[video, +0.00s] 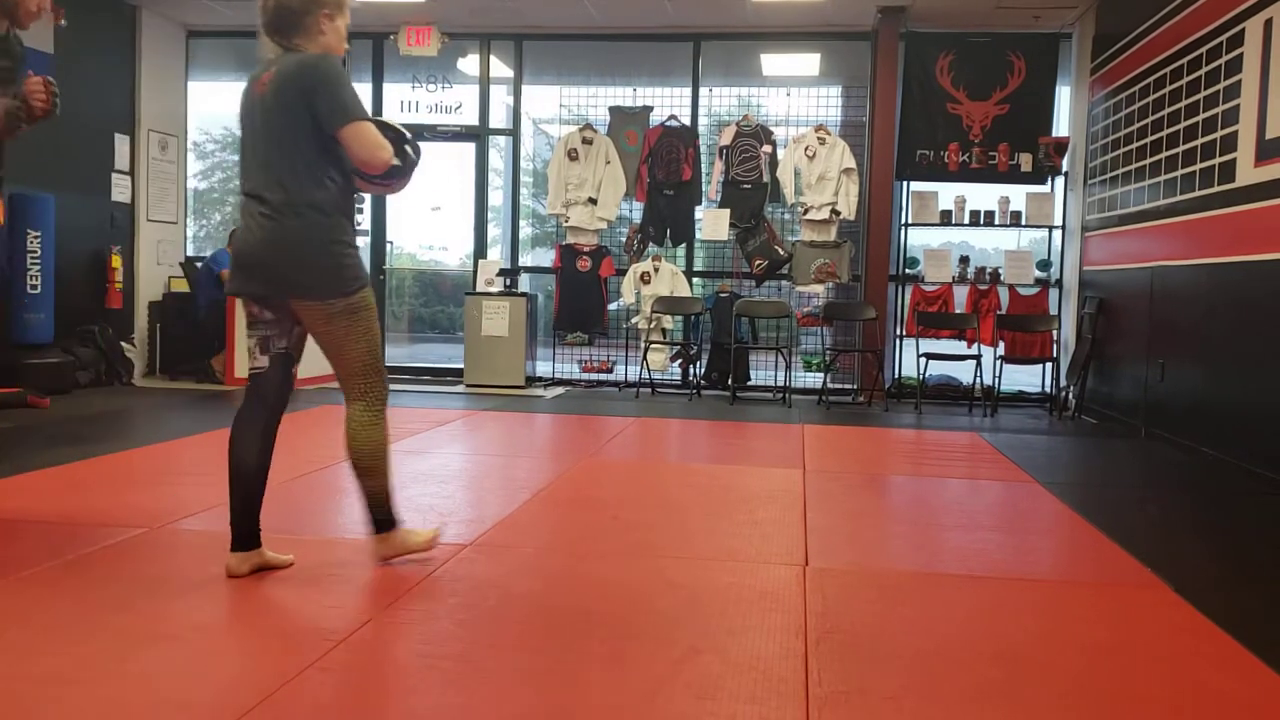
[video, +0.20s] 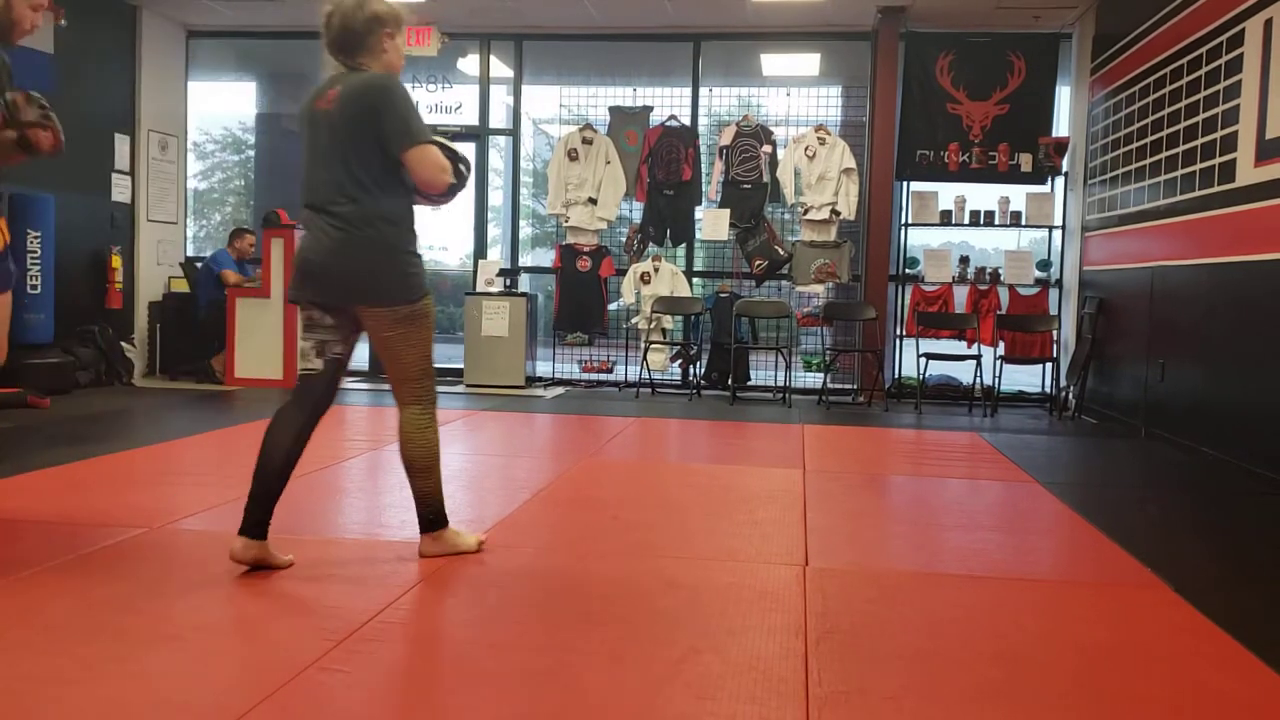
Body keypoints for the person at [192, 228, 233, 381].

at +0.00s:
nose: (242, 249)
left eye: (243, 246)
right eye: (241, 245)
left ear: (230, 242)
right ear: (235, 243)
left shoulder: (229, 258)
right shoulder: (221, 255)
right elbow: (229, 283)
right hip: (208, 308)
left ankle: (218, 363)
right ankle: (217, 364)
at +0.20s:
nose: (253, 250)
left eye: (254, 246)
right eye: (250, 245)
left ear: (238, 244)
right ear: (237, 243)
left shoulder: (239, 262)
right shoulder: (220, 256)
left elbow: (250, 280)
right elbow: (230, 280)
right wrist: (249, 279)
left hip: (225, 309)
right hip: (208, 310)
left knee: (254, 327)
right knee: (247, 331)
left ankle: (221, 363)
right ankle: (217, 363)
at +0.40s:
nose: (253, 250)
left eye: (254, 246)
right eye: (250, 245)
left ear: (238, 244)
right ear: (237, 243)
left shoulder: (239, 261)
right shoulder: (220, 255)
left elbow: (250, 279)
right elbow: (231, 280)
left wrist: (264, 276)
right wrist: (252, 278)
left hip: (225, 308)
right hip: (208, 310)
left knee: (254, 326)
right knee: (247, 329)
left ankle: (222, 363)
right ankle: (218, 362)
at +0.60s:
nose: (253, 250)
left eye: (254, 246)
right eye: (251, 245)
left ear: (238, 244)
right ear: (237, 243)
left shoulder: (239, 262)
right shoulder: (221, 255)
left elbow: (249, 281)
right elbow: (231, 280)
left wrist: (263, 277)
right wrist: (253, 278)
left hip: (226, 308)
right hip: (208, 309)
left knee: (254, 327)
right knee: (247, 330)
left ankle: (222, 363)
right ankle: (218, 362)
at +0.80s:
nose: (253, 250)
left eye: (254, 246)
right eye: (251, 245)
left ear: (238, 244)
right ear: (237, 243)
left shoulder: (240, 263)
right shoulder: (221, 256)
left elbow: (250, 281)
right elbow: (231, 280)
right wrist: (254, 279)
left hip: (226, 308)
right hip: (208, 308)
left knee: (255, 326)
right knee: (248, 329)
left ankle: (222, 363)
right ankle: (218, 362)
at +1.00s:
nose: (253, 250)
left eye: (254, 246)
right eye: (251, 245)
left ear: (238, 244)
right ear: (237, 243)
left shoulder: (240, 262)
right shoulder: (221, 256)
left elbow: (249, 281)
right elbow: (230, 280)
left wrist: (264, 277)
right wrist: (255, 278)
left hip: (225, 307)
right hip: (208, 308)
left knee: (254, 326)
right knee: (248, 330)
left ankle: (222, 363)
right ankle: (217, 362)